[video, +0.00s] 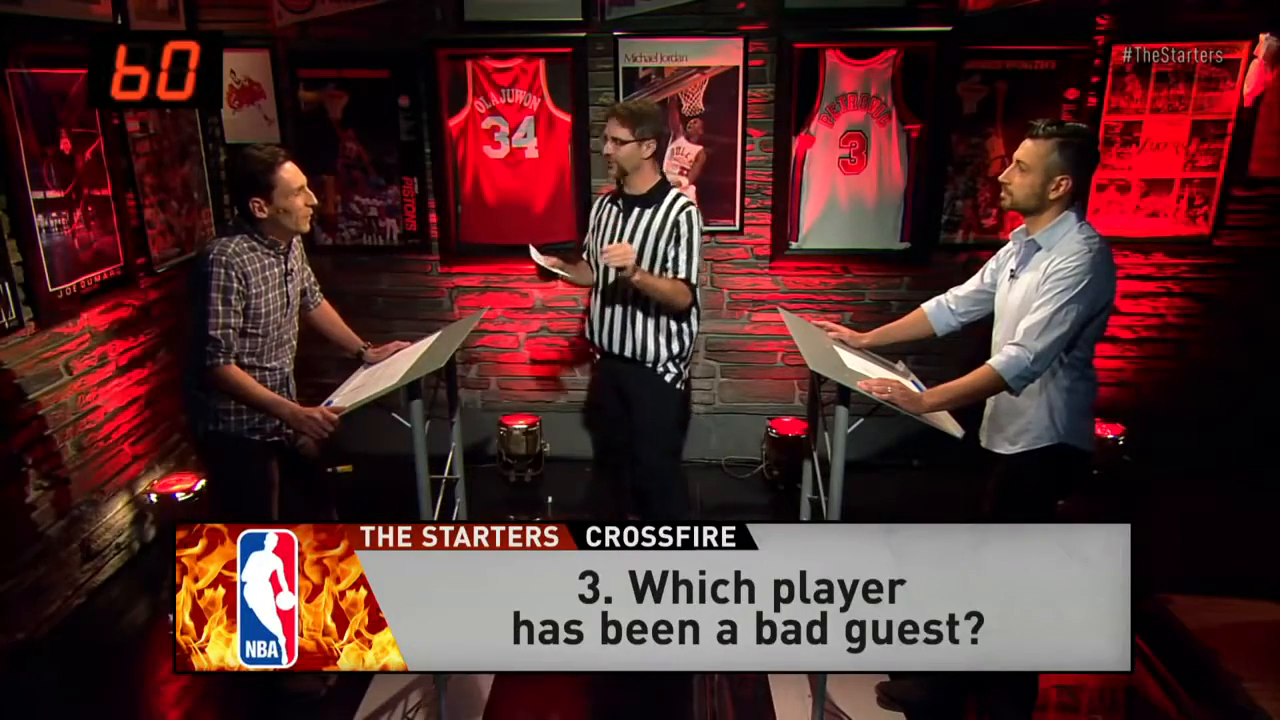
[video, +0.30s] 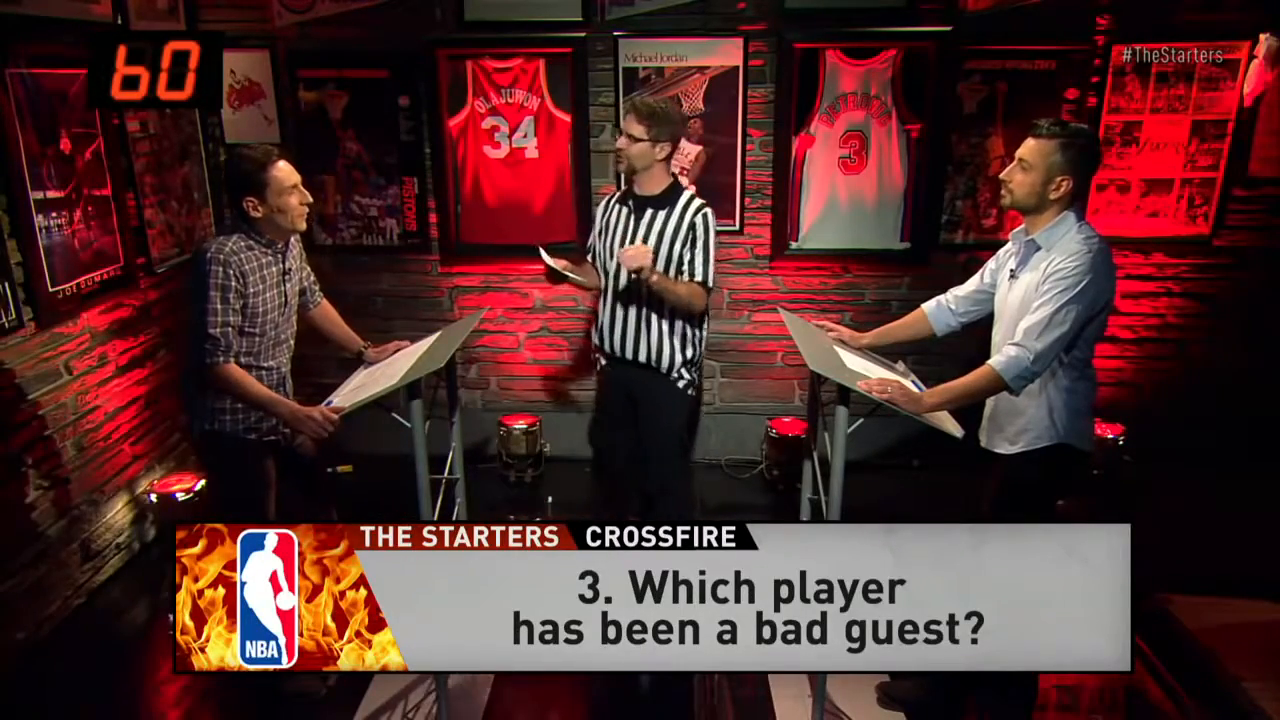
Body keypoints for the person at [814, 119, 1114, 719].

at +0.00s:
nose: (1006, 175)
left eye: (1021, 168)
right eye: (1011, 164)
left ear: (1058, 188)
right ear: (1047, 184)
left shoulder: (1083, 258)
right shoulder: (1025, 243)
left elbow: (1023, 360)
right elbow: (955, 306)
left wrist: (927, 398)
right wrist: (868, 339)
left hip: (1043, 445)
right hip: (1003, 433)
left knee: (1007, 580)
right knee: (980, 565)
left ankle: (1000, 705)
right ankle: (942, 683)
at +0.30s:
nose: (1007, 172)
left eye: (1023, 167)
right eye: (1013, 161)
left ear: (1059, 187)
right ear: (1047, 183)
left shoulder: (1082, 259)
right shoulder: (1024, 244)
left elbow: (1023, 360)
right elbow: (954, 306)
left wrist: (927, 399)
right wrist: (867, 339)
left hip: (1042, 446)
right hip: (1001, 433)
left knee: (1006, 579)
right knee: (976, 562)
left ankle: (997, 704)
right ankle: (940, 682)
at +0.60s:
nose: (1008, 171)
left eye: (1024, 166)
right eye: (1014, 161)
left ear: (1060, 188)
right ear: (1048, 183)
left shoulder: (1082, 259)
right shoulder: (1024, 243)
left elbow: (1022, 361)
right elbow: (954, 307)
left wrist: (927, 398)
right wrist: (868, 339)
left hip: (1040, 445)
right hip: (999, 432)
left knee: (1007, 578)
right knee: (974, 560)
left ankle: (998, 704)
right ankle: (940, 681)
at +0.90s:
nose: (1007, 172)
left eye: (1023, 166)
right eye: (1013, 161)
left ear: (1059, 188)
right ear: (1048, 183)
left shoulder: (1083, 259)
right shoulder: (1024, 243)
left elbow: (1022, 360)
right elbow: (954, 306)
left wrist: (927, 398)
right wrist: (867, 339)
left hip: (1040, 445)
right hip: (1000, 432)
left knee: (1007, 578)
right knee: (974, 561)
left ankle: (998, 704)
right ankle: (940, 681)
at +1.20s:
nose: (1007, 172)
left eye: (1023, 167)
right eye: (1013, 161)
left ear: (1059, 188)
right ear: (1048, 184)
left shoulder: (1082, 259)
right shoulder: (1024, 243)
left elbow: (1022, 361)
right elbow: (954, 306)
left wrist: (927, 398)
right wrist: (867, 339)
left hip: (1040, 445)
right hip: (1000, 432)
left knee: (1005, 577)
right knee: (974, 560)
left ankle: (995, 703)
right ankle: (941, 680)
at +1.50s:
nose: (1007, 172)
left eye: (1023, 167)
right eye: (1013, 161)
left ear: (1059, 188)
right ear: (1048, 183)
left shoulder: (1082, 259)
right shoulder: (1024, 244)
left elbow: (1022, 361)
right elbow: (954, 307)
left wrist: (927, 398)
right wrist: (868, 339)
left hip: (1041, 444)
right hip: (1000, 432)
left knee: (1007, 577)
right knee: (977, 562)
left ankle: (997, 702)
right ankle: (942, 679)